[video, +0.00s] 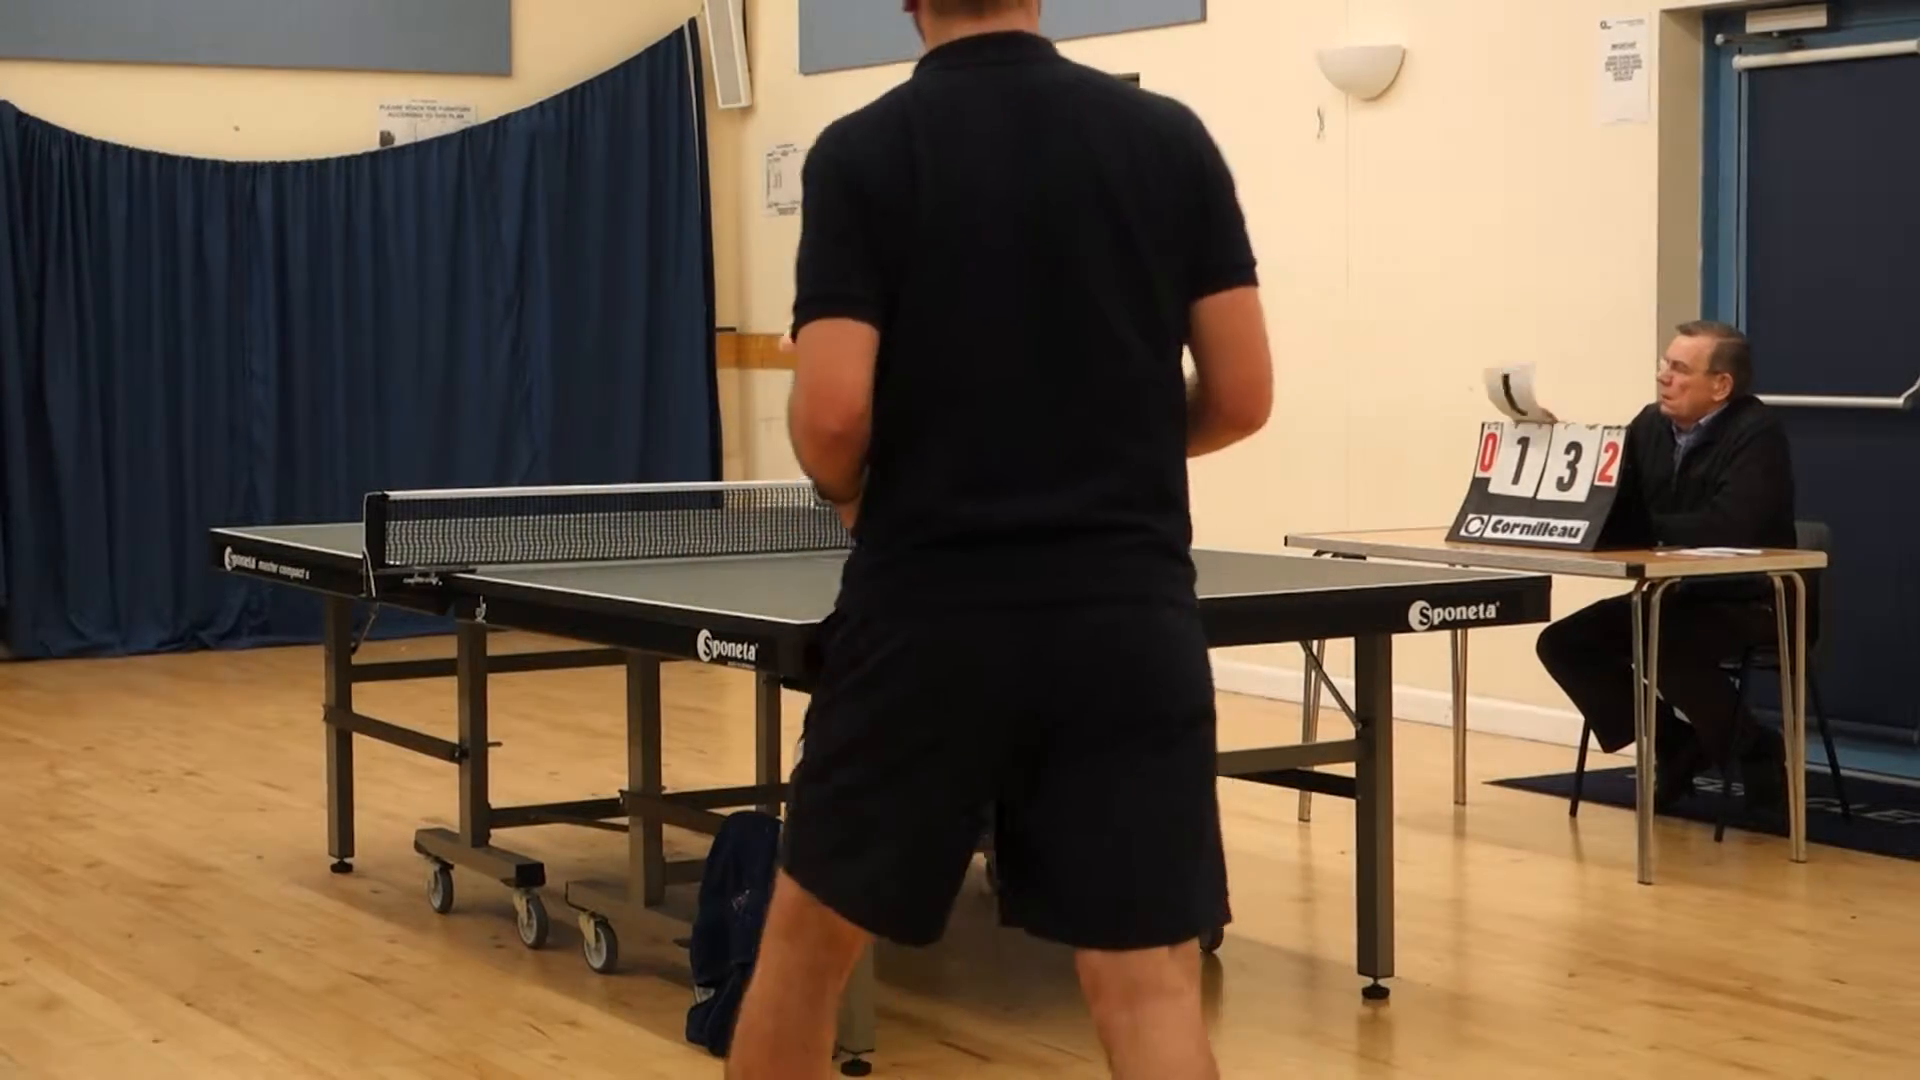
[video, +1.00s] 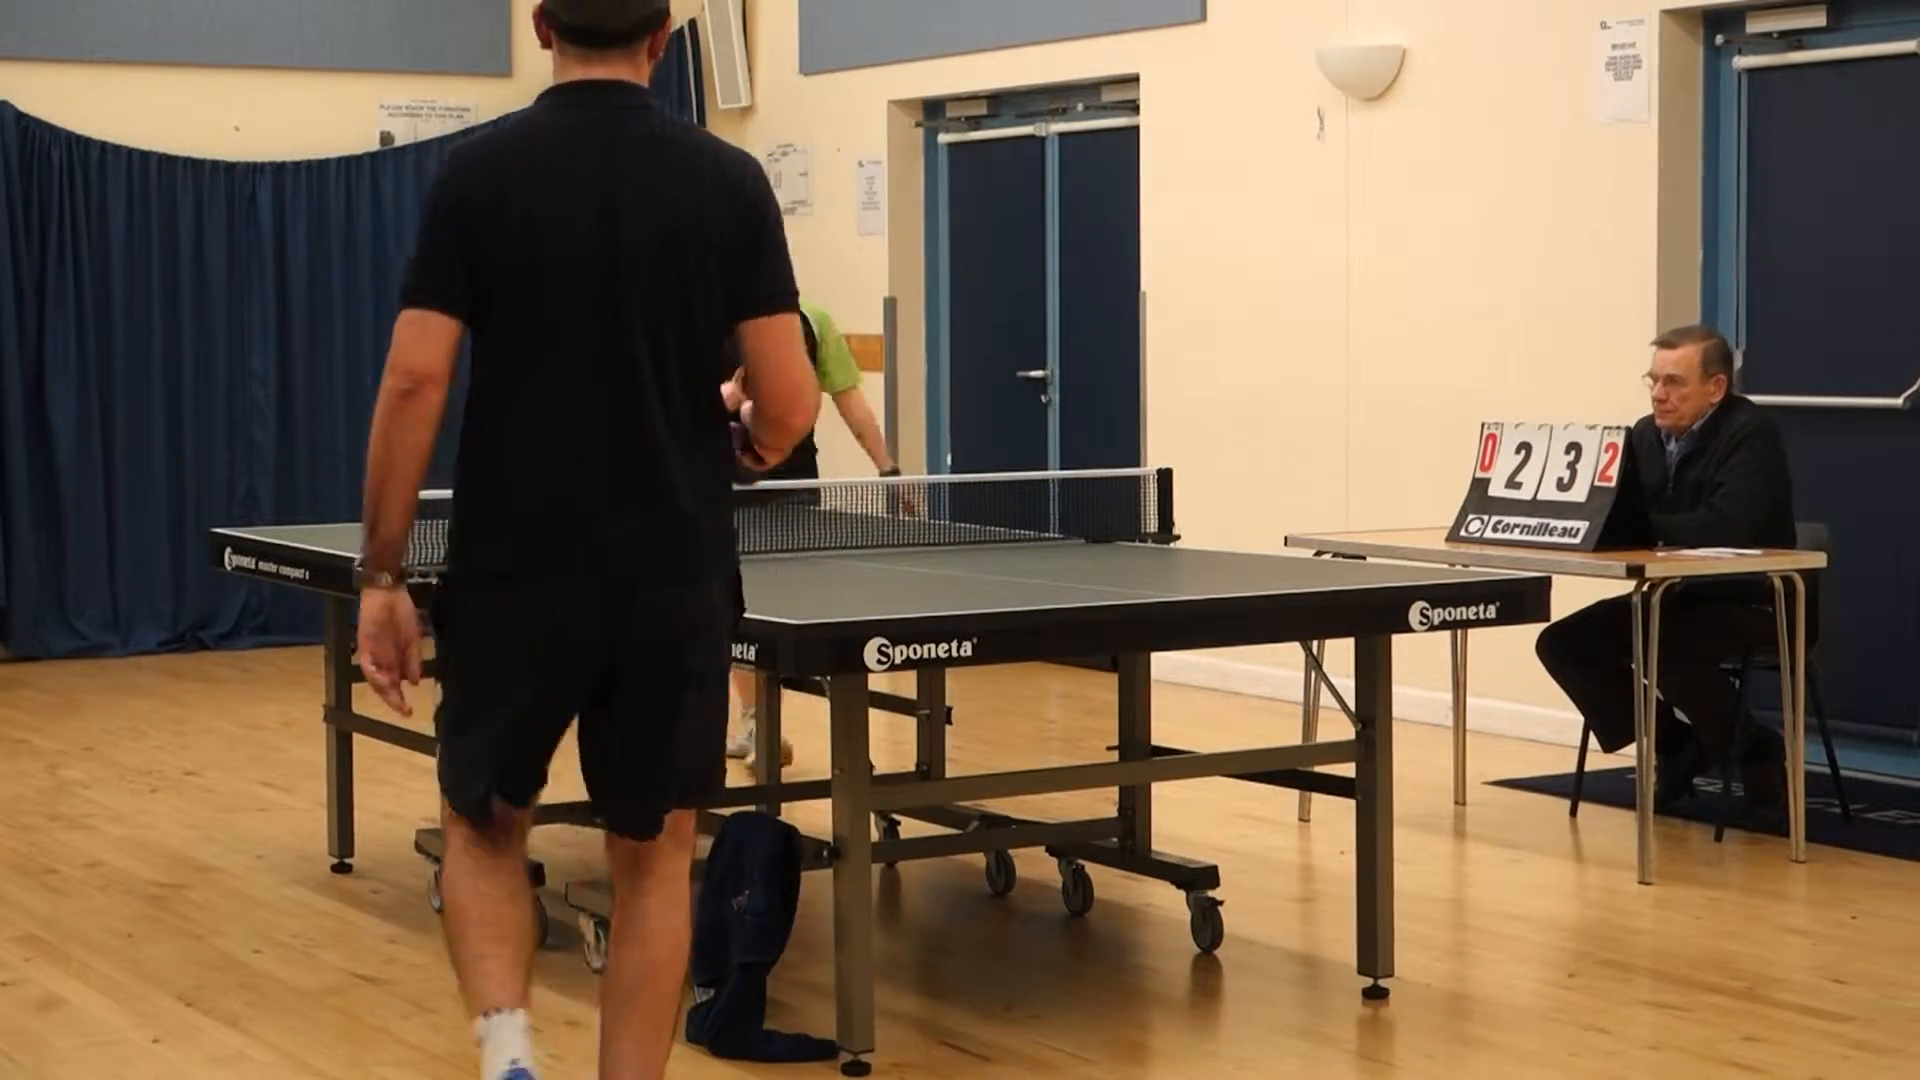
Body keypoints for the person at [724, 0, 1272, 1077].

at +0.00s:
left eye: (910, 13)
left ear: (916, 7)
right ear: (1040, 5)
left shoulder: (864, 148)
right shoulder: (1164, 134)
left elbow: (829, 418)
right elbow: (1238, 397)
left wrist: (852, 490)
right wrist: (1110, 436)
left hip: (925, 634)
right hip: (1130, 630)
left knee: (806, 956)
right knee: (1147, 987)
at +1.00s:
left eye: (536, 20)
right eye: (658, 26)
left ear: (538, 29)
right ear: (663, 35)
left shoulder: (474, 170)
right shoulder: (727, 179)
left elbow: (414, 379)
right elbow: (789, 404)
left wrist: (383, 574)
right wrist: (759, 436)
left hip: (515, 570)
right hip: (673, 575)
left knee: (487, 823)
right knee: (656, 847)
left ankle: (506, 1054)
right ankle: (634, 1072)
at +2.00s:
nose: (684, 158)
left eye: (688, 136)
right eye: (680, 133)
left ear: (607, 120)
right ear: (625, 119)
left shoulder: (542, 203)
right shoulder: (555, 209)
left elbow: (574, 405)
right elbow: (574, 417)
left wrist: (700, 384)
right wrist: (712, 379)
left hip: (446, 542)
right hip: (443, 551)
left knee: (578, 759)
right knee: (547, 807)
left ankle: (417, 999)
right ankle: (451, 1064)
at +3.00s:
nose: (1101, 335)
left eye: (1103, 316)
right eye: (1098, 313)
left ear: (1016, 287)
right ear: (1058, 292)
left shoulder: (913, 322)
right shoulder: (1034, 335)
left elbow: (785, 468)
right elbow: (1116, 527)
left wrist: (896, 584)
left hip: (708, 498)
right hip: (719, 501)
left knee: (768, 767)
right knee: (648, 794)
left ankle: (760, 1051)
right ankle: (420, 1009)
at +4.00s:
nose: (900, 246)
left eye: (907, 223)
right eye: (901, 218)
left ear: (834, 199)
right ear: (852, 200)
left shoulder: (754, 272)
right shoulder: (756, 272)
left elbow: (757, 493)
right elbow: (737, 485)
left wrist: (907, 444)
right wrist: (872, 422)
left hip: (625, 567)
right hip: (560, 567)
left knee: (752, 774)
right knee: (632, 849)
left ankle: (725, 1050)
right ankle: (464, 1070)